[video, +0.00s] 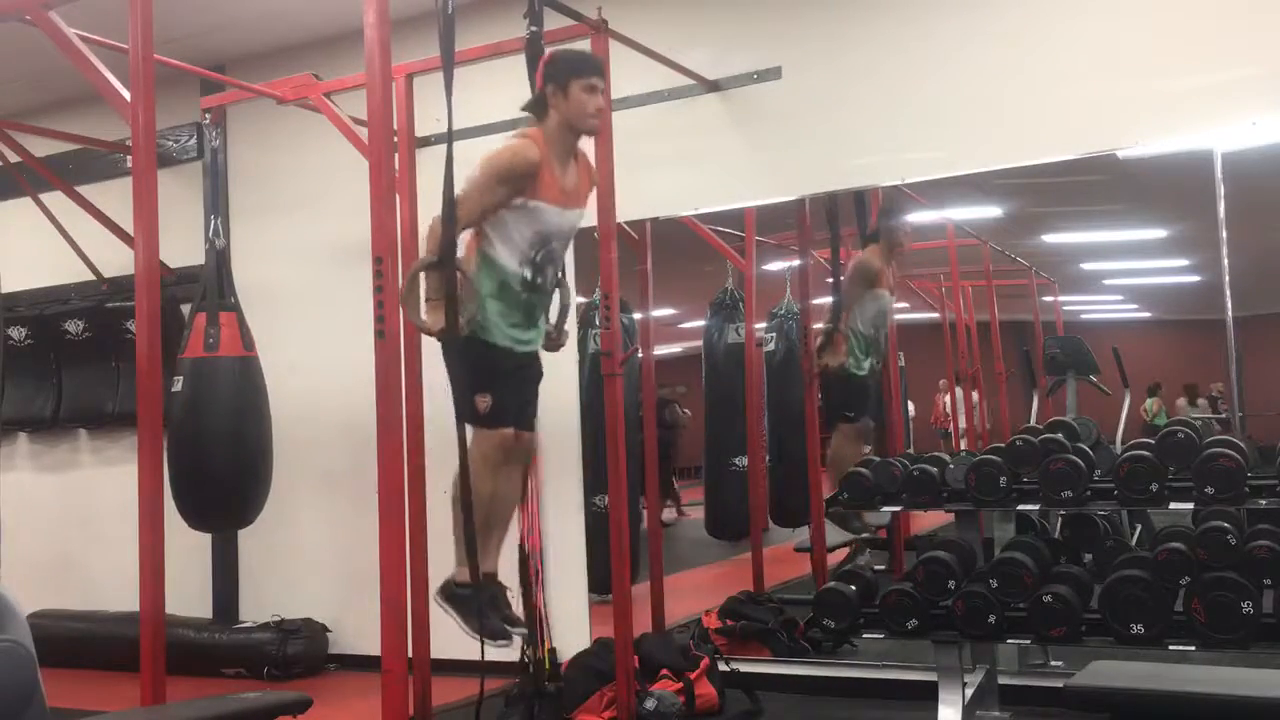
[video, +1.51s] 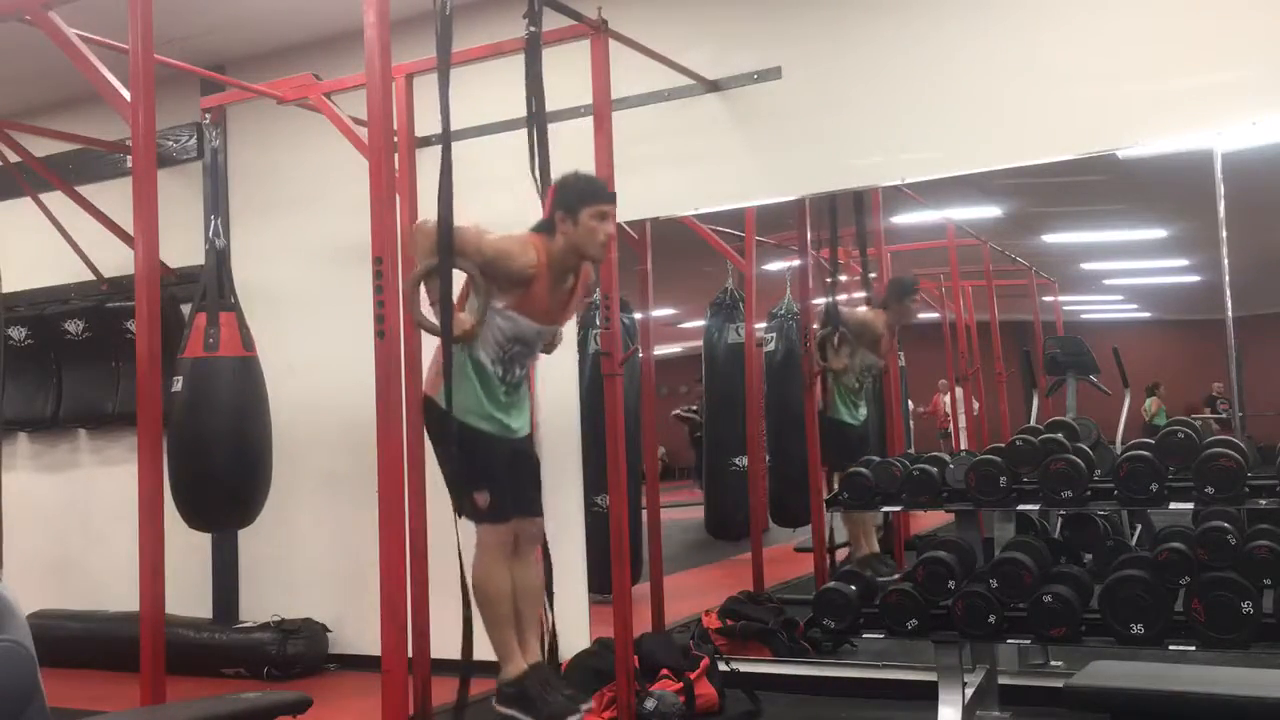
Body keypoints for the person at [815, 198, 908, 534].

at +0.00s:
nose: (903, 245)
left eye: (903, 239)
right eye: (900, 239)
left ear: (887, 238)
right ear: (888, 237)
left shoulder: (883, 267)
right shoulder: (868, 264)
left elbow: (875, 316)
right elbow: (848, 308)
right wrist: (838, 345)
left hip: (865, 360)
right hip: (852, 361)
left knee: (858, 432)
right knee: (851, 431)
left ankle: (846, 500)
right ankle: (841, 502)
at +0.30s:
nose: (906, 226)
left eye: (906, 219)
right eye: (900, 219)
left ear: (891, 221)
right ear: (884, 219)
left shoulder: (881, 256)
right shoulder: (864, 254)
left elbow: (867, 312)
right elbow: (846, 307)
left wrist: (879, 347)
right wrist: (837, 351)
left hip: (857, 356)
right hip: (846, 356)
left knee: (835, 425)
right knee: (843, 425)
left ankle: (830, 492)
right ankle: (834, 497)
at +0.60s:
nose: (901, 225)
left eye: (902, 218)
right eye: (896, 218)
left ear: (888, 218)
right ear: (880, 218)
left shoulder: (882, 255)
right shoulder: (861, 253)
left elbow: (876, 309)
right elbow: (848, 304)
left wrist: (876, 350)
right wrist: (840, 350)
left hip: (860, 352)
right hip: (839, 352)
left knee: (845, 421)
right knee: (833, 421)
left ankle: (835, 484)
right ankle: (827, 486)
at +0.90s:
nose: (899, 226)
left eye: (899, 218)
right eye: (894, 219)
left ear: (881, 221)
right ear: (877, 221)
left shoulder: (878, 257)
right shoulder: (857, 256)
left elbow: (872, 312)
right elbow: (841, 310)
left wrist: (873, 354)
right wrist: (829, 350)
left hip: (861, 357)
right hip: (840, 357)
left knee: (852, 428)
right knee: (830, 427)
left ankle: (846, 493)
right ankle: (824, 494)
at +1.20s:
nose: (907, 262)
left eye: (907, 255)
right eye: (904, 254)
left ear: (890, 255)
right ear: (890, 254)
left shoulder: (878, 287)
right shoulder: (861, 282)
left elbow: (861, 329)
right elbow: (824, 316)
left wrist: (869, 357)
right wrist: (826, 360)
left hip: (857, 375)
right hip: (842, 377)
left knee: (847, 449)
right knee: (843, 449)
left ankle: (846, 519)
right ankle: (843, 521)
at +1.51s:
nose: (916, 309)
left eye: (916, 303)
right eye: (913, 302)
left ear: (899, 302)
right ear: (896, 302)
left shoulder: (885, 329)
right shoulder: (870, 321)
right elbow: (827, 319)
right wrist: (831, 362)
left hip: (859, 409)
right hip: (839, 411)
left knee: (865, 480)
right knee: (852, 481)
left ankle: (871, 551)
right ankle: (859, 553)